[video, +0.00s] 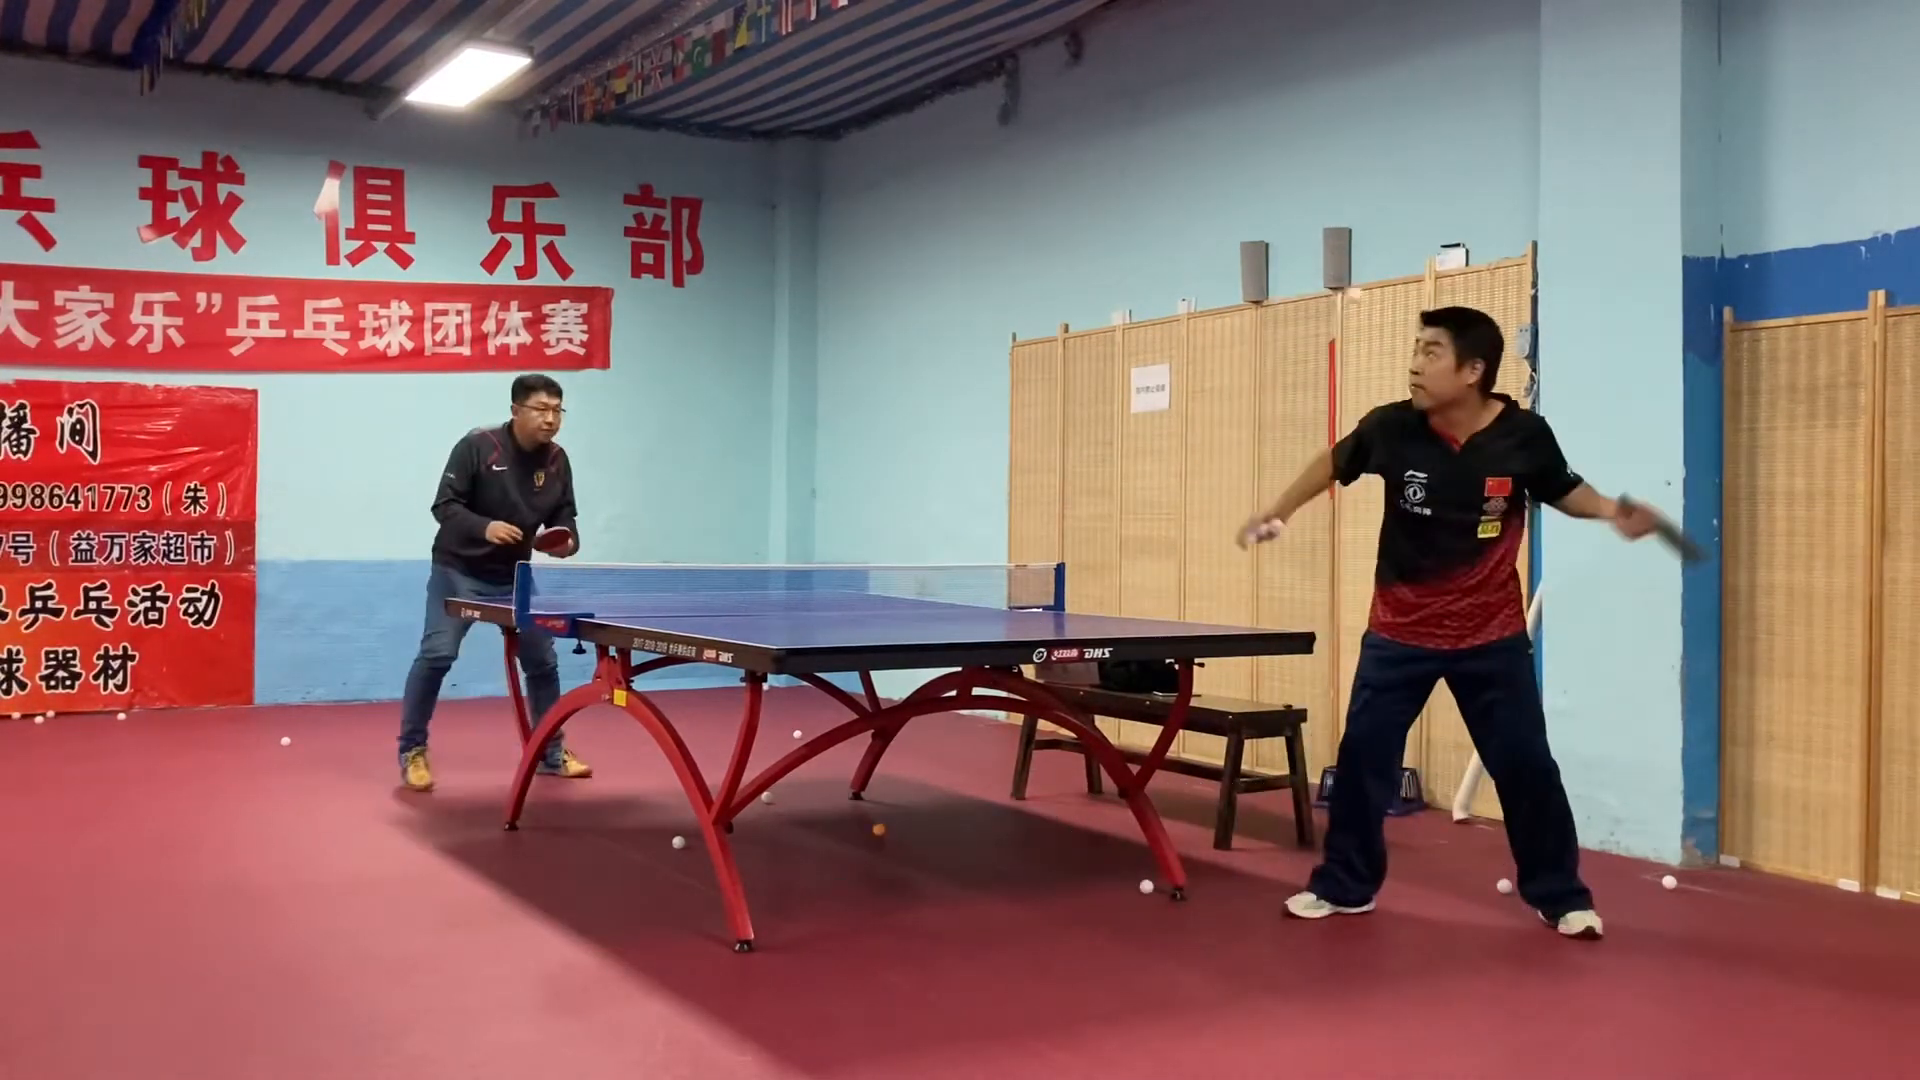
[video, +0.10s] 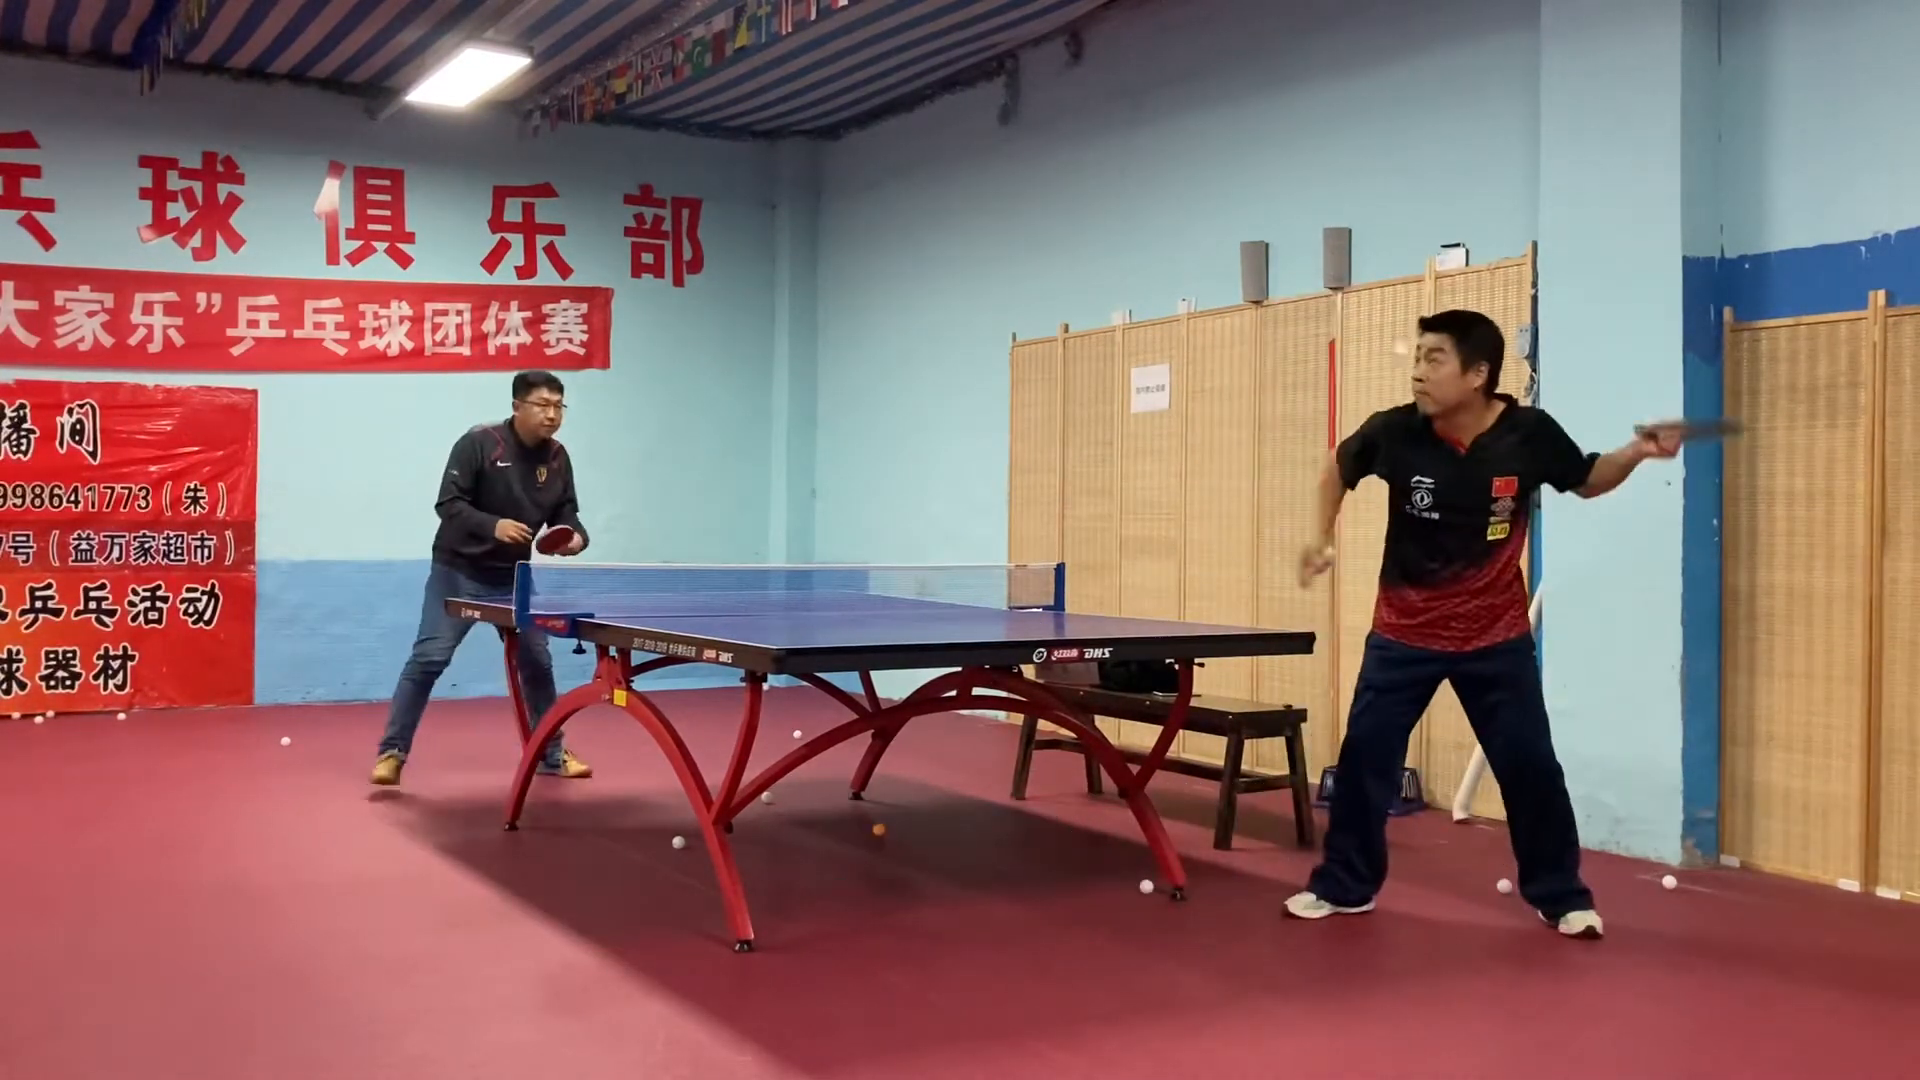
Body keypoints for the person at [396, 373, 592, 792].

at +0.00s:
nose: (550, 419)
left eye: (556, 411)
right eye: (541, 410)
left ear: (562, 416)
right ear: (516, 411)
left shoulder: (556, 459)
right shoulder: (478, 446)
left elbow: (565, 516)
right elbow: (444, 507)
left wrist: (563, 540)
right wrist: (485, 526)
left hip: (513, 574)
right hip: (459, 571)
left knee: (543, 660)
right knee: (438, 653)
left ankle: (552, 752)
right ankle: (412, 749)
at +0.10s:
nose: (553, 415)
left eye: (558, 407)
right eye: (543, 406)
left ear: (562, 411)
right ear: (517, 408)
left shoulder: (556, 456)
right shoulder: (479, 443)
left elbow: (566, 514)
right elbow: (449, 505)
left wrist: (573, 536)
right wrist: (494, 525)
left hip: (513, 574)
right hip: (459, 569)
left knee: (536, 658)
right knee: (431, 656)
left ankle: (552, 753)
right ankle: (393, 752)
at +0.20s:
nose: (543, 416)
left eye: (549, 408)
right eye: (534, 407)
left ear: (553, 412)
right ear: (508, 409)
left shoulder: (547, 456)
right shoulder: (471, 445)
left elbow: (557, 514)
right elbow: (446, 510)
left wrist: (576, 532)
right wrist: (496, 528)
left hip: (509, 581)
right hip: (454, 577)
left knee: (535, 663)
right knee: (419, 666)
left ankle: (551, 754)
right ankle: (384, 760)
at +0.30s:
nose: (527, 419)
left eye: (532, 411)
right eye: (516, 410)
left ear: (535, 415)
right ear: (490, 411)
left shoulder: (532, 459)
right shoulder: (454, 451)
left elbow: (542, 517)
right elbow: (434, 520)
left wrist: (565, 536)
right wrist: (488, 535)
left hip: (501, 587)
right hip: (444, 584)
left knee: (533, 664)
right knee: (410, 671)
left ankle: (550, 754)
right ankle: (379, 767)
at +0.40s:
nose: (509, 421)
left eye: (515, 412)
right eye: (499, 412)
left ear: (518, 416)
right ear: (472, 413)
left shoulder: (517, 459)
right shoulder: (437, 454)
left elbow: (526, 518)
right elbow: (420, 523)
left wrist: (553, 540)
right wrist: (475, 543)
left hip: (495, 587)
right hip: (437, 587)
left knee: (532, 660)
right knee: (412, 674)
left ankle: (550, 751)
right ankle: (380, 768)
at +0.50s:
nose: (497, 416)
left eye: (503, 408)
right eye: (487, 407)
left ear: (508, 411)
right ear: (461, 408)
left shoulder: (509, 451)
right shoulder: (426, 450)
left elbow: (525, 506)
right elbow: (415, 521)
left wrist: (550, 532)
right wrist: (473, 543)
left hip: (495, 582)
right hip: (435, 584)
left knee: (547, 655)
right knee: (411, 670)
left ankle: (553, 744)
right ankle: (379, 769)